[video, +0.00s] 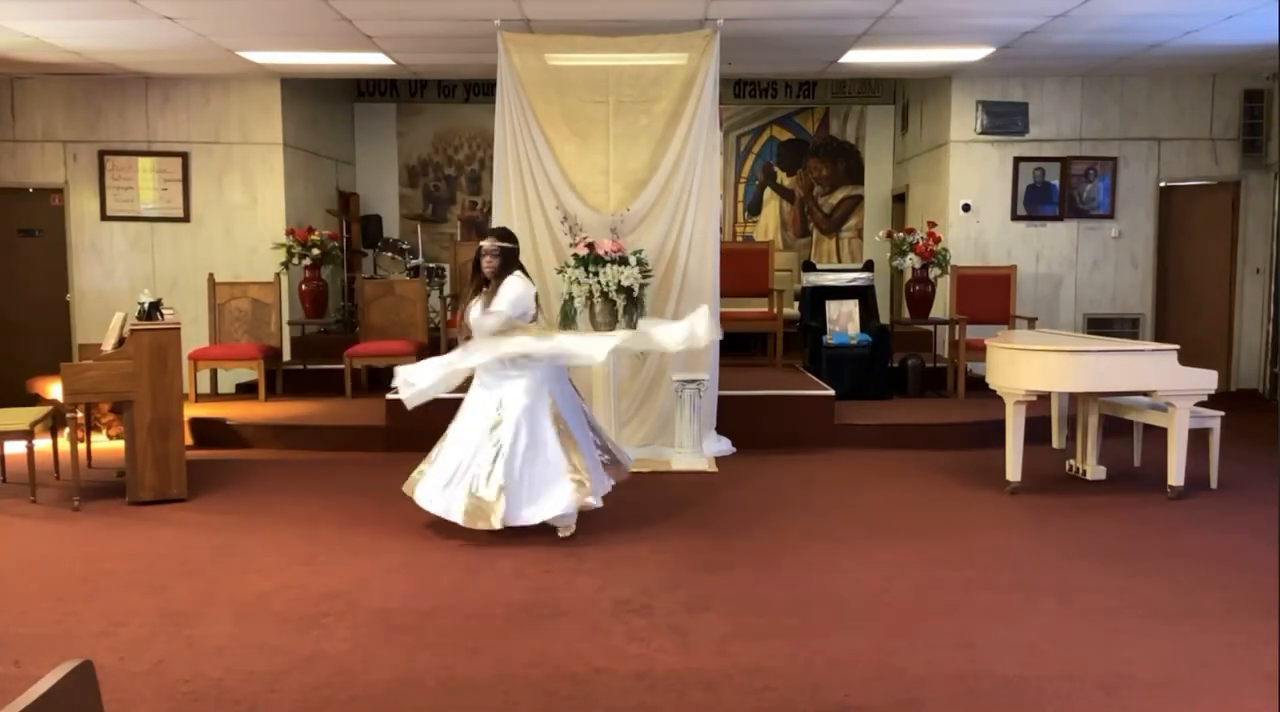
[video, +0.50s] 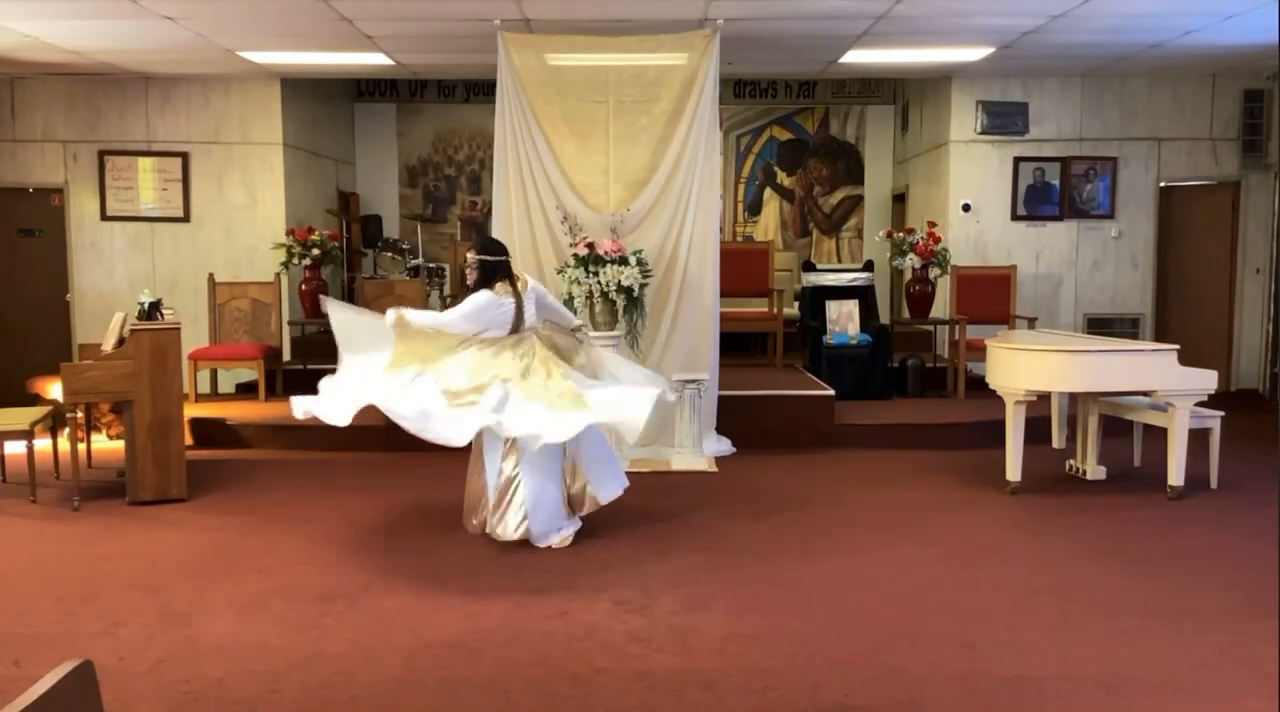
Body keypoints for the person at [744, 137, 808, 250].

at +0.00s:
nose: (777, 159)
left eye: (782, 155)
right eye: (777, 155)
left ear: (795, 157)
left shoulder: (805, 177)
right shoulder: (772, 175)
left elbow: (798, 199)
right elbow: (753, 211)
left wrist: (772, 183)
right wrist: (762, 183)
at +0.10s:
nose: (777, 159)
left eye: (782, 155)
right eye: (777, 155)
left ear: (795, 157)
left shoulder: (805, 177)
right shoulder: (772, 175)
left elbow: (798, 199)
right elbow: (753, 211)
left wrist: (772, 183)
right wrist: (762, 183)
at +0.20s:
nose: (777, 159)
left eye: (782, 155)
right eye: (777, 155)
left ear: (795, 157)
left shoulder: (805, 177)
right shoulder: (772, 175)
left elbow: (798, 199)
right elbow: (753, 211)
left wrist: (772, 183)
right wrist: (762, 183)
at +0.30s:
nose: (777, 159)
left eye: (782, 155)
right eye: (777, 155)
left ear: (795, 157)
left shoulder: (805, 177)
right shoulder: (772, 175)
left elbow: (798, 199)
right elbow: (753, 211)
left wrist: (772, 183)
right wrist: (762, 183)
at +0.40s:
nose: (777, 159)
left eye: (782, 155)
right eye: (777, 155)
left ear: (795, 157)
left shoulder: (805, 177)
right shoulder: (772, 175)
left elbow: (798, 199)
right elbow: (753, 211)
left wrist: (772, 183)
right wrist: (762, 183)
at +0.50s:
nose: (777, 159)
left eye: (782, 155)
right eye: (777, 155)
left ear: (795, 157)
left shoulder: (805, 177)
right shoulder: (772, 175)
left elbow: (798, 199)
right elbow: (753, 211)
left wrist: (772, 183)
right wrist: (762, 183)